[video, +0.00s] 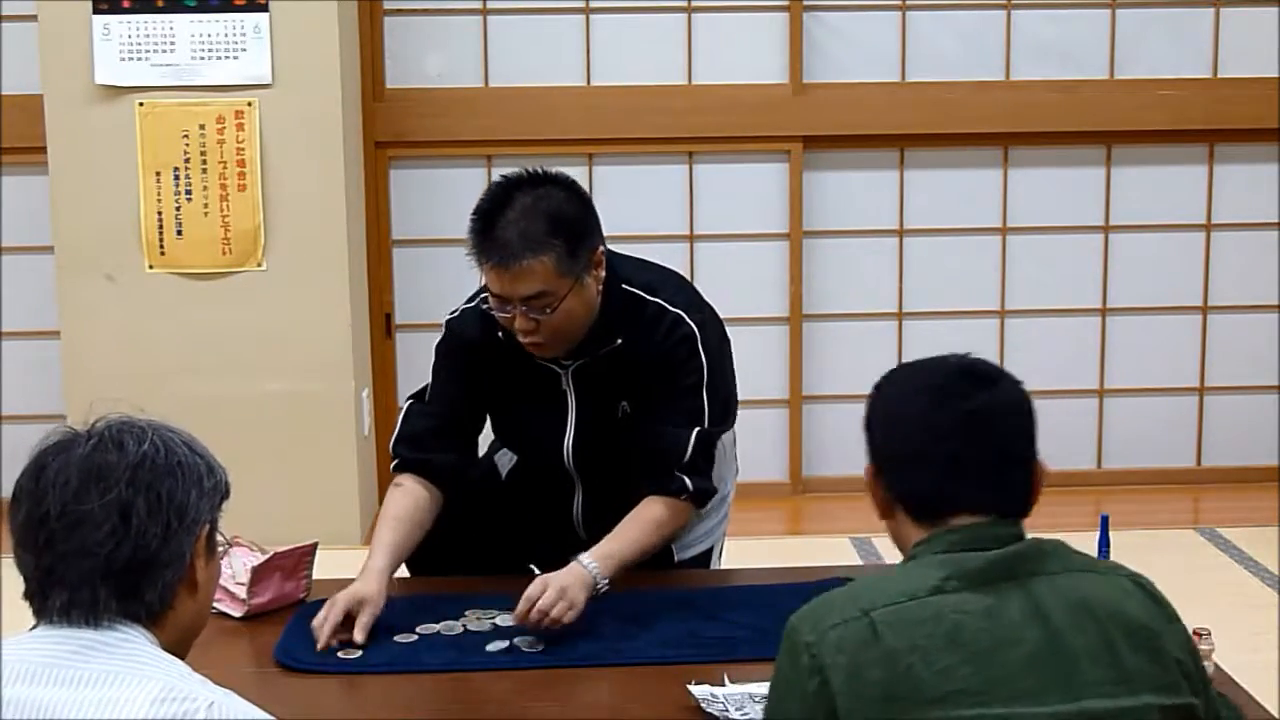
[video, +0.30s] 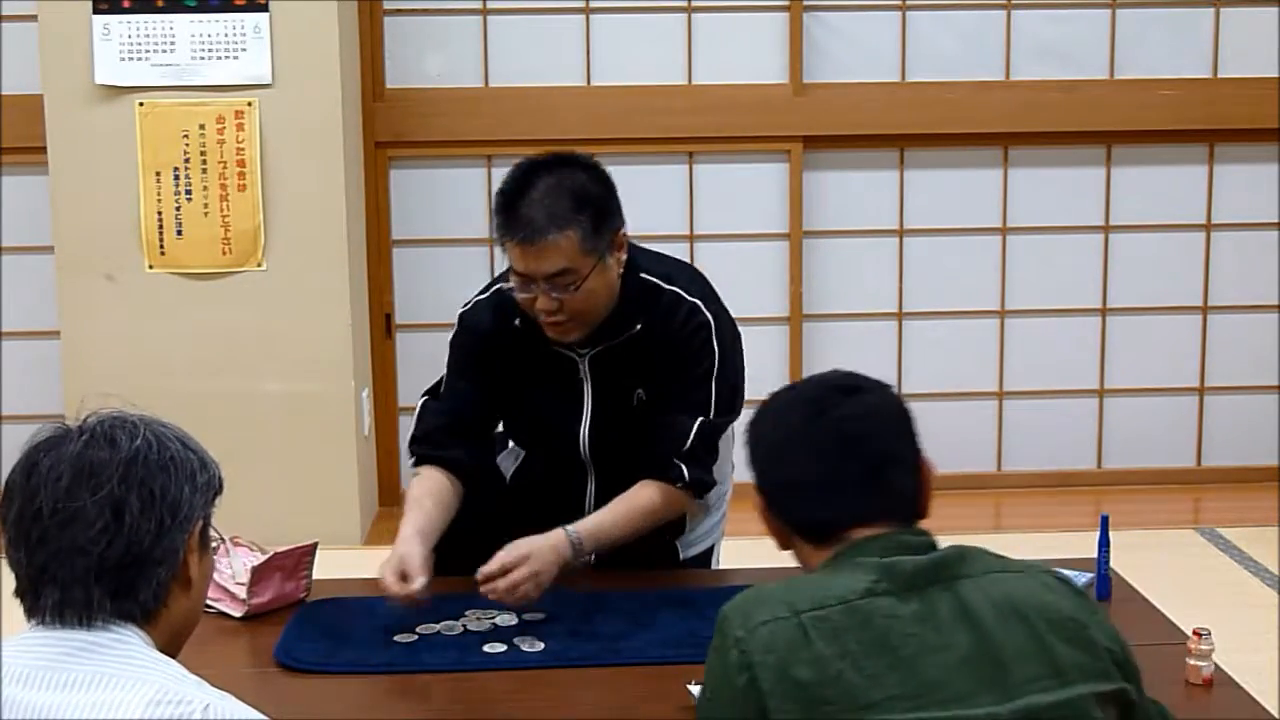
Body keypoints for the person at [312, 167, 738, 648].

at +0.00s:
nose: (520, 324)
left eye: (540, 304)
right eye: (501, 303)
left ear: (597, 269)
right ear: (485, 277)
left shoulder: (678, 328)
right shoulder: (476, 331)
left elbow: (684, 487)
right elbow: (425, 464)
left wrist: (587, 571)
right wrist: (373, 573)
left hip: (655, 524)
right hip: (537, 514)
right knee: (432, 524)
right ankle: (472, 679)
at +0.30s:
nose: (543, 304)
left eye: (564, 282)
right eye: (525, 281)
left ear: (618, 250)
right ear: (509, 259)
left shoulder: (691, 318)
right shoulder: (492, 318)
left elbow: (681, 480)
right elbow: (449, 444)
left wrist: (566, 545)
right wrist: (415, 535)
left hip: (657, 547)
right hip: (531, 541)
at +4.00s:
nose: (435, 326)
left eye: (453, 304)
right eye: (412, 309)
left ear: (499, 262)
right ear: (390, 283)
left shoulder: (593, 320)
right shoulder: (383, 336)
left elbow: (657, 452)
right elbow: (351, 450)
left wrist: (560, 547)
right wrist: (332, 556)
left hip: (597, 559)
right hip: (472, 559)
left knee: (594, 704)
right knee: (464, 706)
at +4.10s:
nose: (414, 327)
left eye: (430, 305)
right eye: (392, 310)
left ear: (479, 260)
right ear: (372, 283)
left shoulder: (571, 318)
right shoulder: (370, 331)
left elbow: (623, 467)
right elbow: (330, 446)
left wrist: (515, 546)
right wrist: (312, 555)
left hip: (590, 551)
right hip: (469, 553)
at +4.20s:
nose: (403, 326)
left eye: (418, 305)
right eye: (382, 310)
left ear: (468, 258)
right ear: (363, 284)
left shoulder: (561, 319)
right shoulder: (364, 332)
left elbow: (594, 475)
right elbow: (329, 444)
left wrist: (476, 546)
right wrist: (309, 540)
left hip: (585, 536)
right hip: (469, 546)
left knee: (591, 699)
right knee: (482, 695)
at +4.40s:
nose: (387, 325)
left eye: (400, 301)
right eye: (364, 308)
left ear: (447, 252)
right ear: (344, 285)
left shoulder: (546, 314)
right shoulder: (353, 328)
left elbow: (561, 473)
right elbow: (328, 444)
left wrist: (446, 546)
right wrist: (317, 542)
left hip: (581, 521)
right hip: (464, 529)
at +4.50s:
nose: (381, 325)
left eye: (393, 301)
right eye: (359, 310)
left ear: (440, 253)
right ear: (339, 288)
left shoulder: (539, 311)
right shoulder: (349, 331)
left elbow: (562, 470)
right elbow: (326, 442)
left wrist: (447, 545)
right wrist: (317, 538)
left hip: (580, 520)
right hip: (464, 528)